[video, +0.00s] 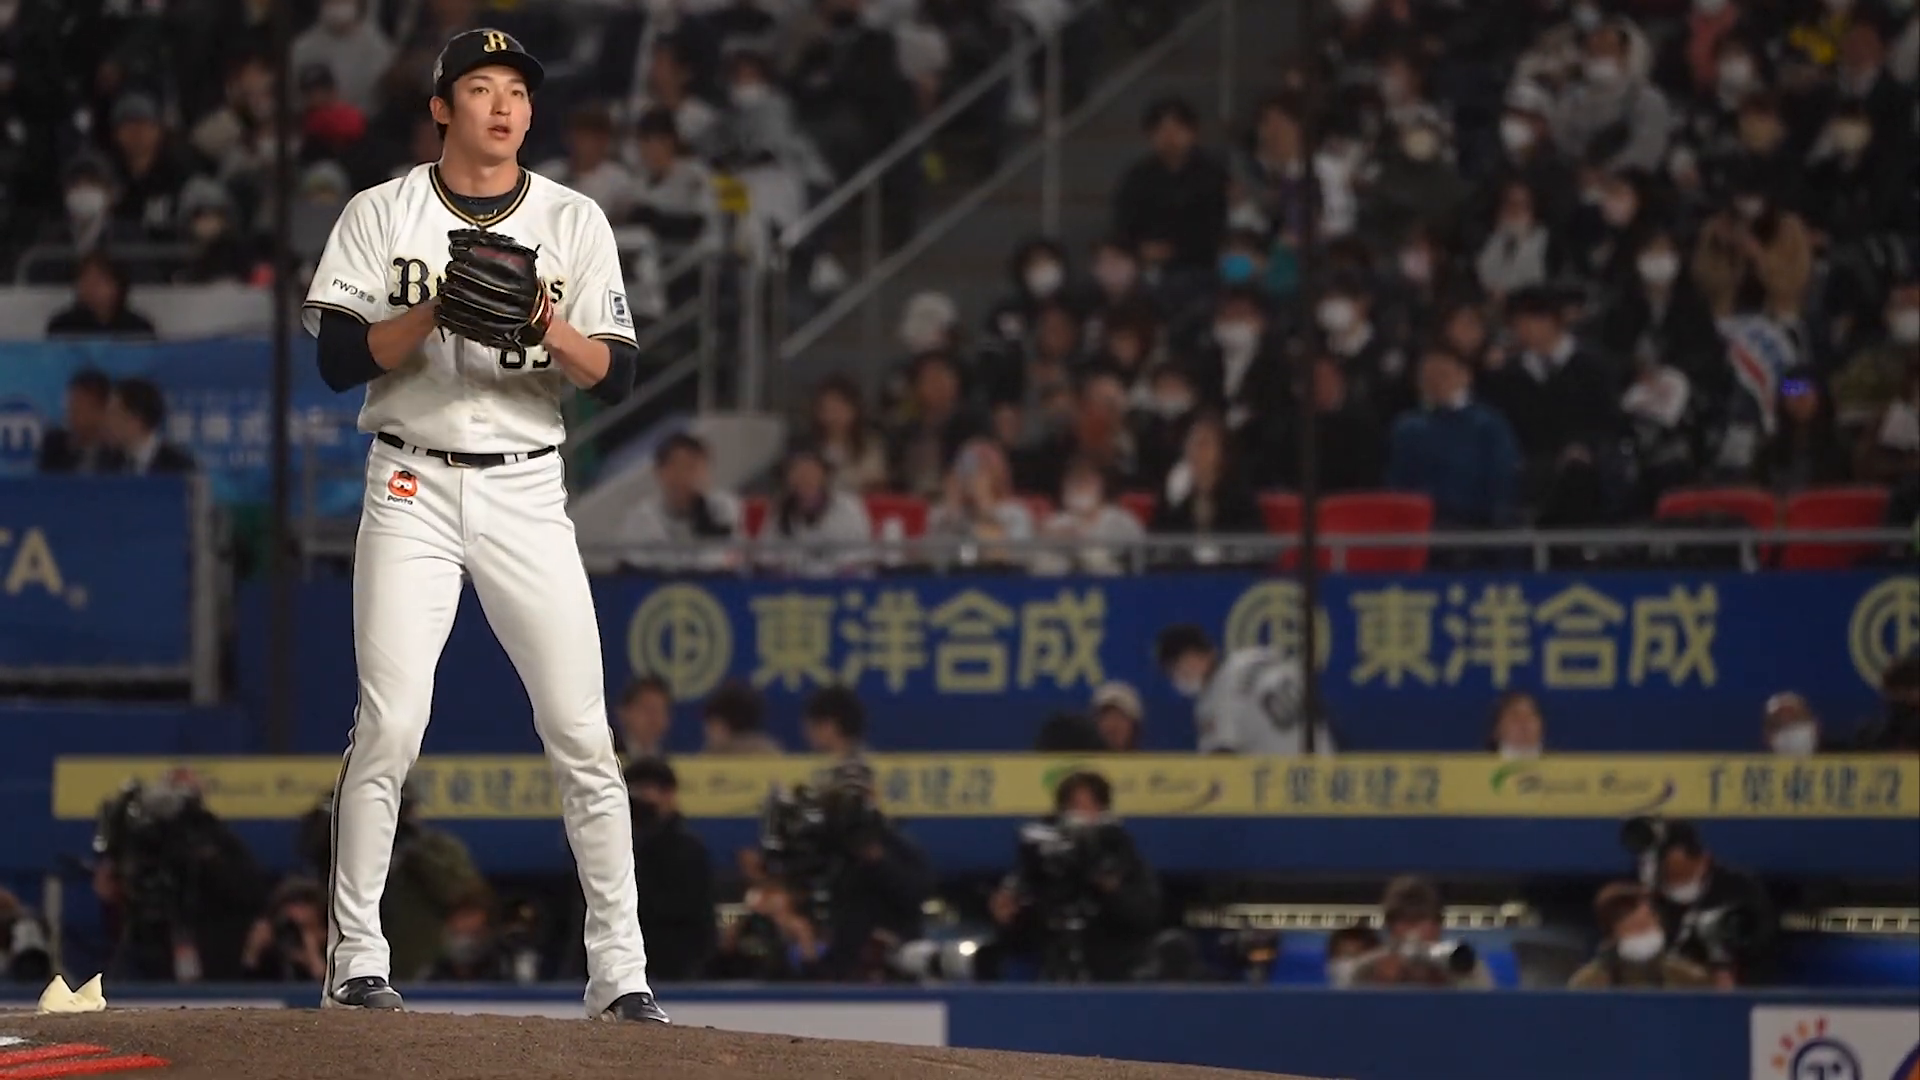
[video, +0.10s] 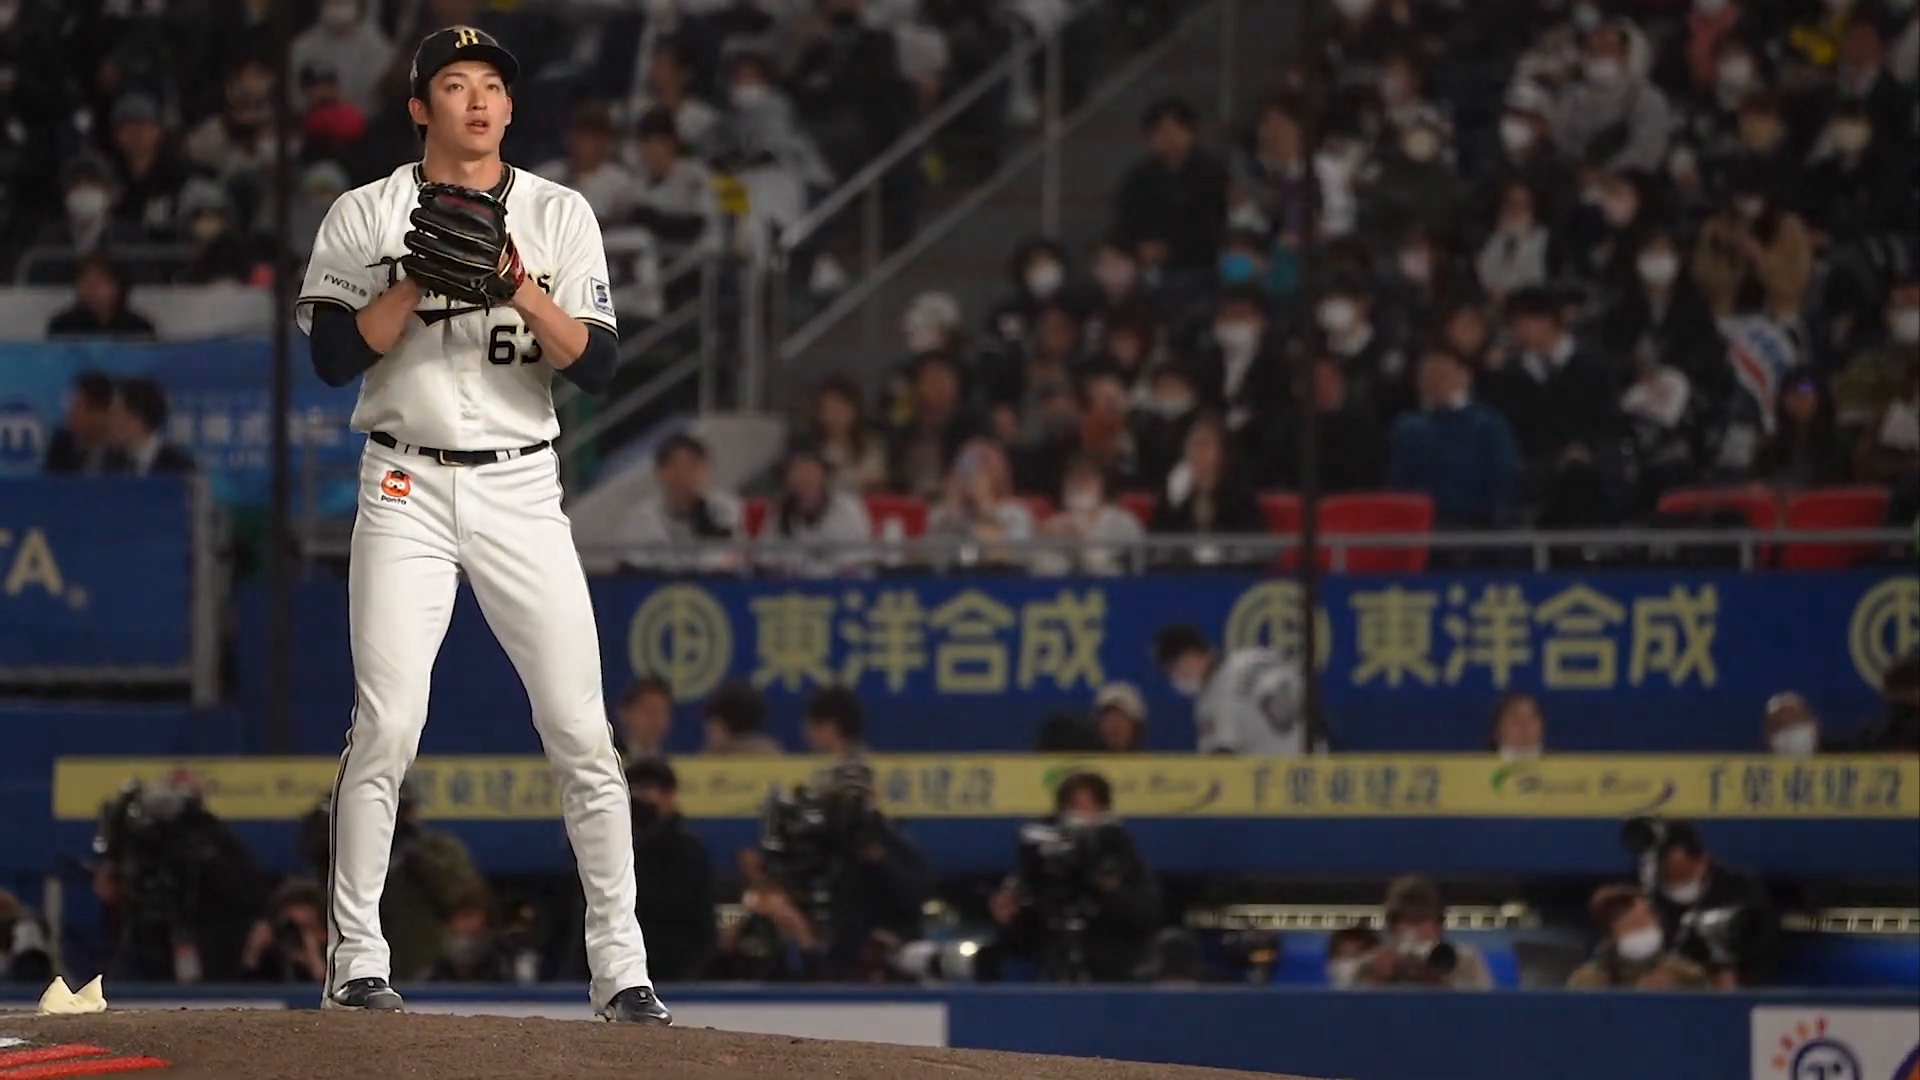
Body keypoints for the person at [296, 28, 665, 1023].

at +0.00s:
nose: (503, 109)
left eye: (515, 95)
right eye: (483, 95)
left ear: (530, 113)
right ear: (441, 110)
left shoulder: (574, 218)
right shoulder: (381, 212)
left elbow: (605, 371)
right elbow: (335, 362)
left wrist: (547, 324)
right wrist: (433, 310)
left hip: (527, 494)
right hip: (410, 488)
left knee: (585, 738)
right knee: (390, 724)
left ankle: (621, 983)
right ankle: (357, 964)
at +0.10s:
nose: (479, 102)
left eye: (492, 88)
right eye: (457, 89)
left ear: (511, 108)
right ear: (421, 111)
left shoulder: (561, 213)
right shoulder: (363, 214)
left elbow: (598, 364)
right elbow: (329, 362)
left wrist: (523, 292)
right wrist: (417, 283)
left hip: (523, 494)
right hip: (404, 490)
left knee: (585, 738)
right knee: (386, 729)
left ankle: (623, 978)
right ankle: (359, 965)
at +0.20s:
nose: (470, 98)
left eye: (482, 85)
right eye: (447, 87)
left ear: (503, 106)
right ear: (410, 111)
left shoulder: (554, 207)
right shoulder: (357, 214)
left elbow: (599, 358)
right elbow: (327, 358)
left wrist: (507, 260)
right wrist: (413, 261)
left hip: (523, 492)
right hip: (403, 490)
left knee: (582, 738)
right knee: (387, 727)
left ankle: (621, 966)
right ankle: (357, 960)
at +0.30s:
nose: (467, 101)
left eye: (479, 87)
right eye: (446, 89)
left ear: (504, 106)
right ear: (413, 113)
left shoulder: (559, 206)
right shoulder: (364, 215)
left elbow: (607, 354)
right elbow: (332, 359)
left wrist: (514, 252)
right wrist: (416, 254)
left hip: (529, 494)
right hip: (410, 491)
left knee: (582, 739)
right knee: (391, 727)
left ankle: (626, 967)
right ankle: (357, 956)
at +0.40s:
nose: (477, 106)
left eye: (490, 91)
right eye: (454, 95)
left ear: (517, 112)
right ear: (424, 123)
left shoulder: (574, 210)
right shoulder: (381, 223)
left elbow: (618, 347)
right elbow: (347, 362)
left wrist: (527, 258)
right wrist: (436, 257)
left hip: (544, 500)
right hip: (427, 496)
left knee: (589, 745)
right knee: (402, 728)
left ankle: (634, 974)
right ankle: (358, 956)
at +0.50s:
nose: (494, 111)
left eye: (507, 97)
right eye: (473, 102)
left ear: (535, 117)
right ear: (445, 131)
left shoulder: (595, 213)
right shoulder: (404, 229)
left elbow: (651, 355)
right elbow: (372, 370)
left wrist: (551, 269)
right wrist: (458, 266)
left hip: (566, 502)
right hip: (448, 498)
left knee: (598, 746)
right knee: (418, 726)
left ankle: (634, 973)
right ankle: (359, 955)